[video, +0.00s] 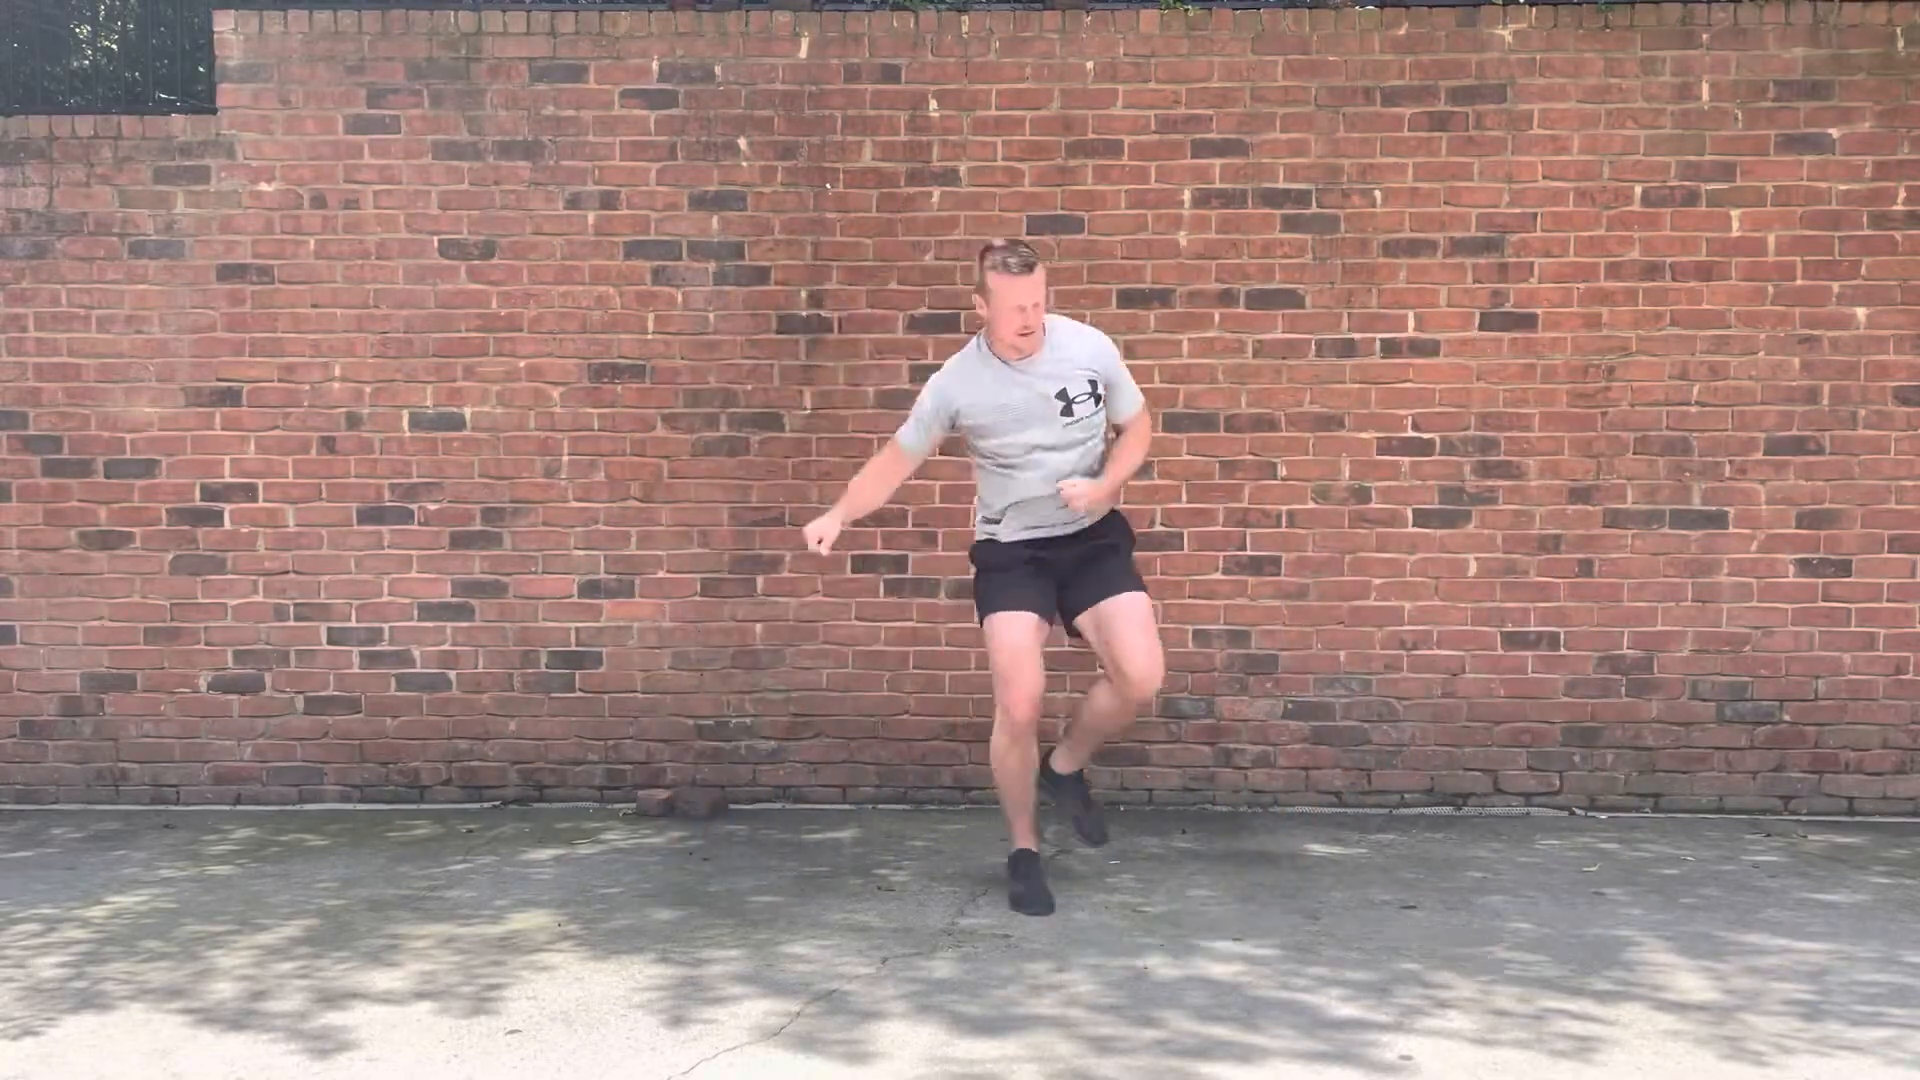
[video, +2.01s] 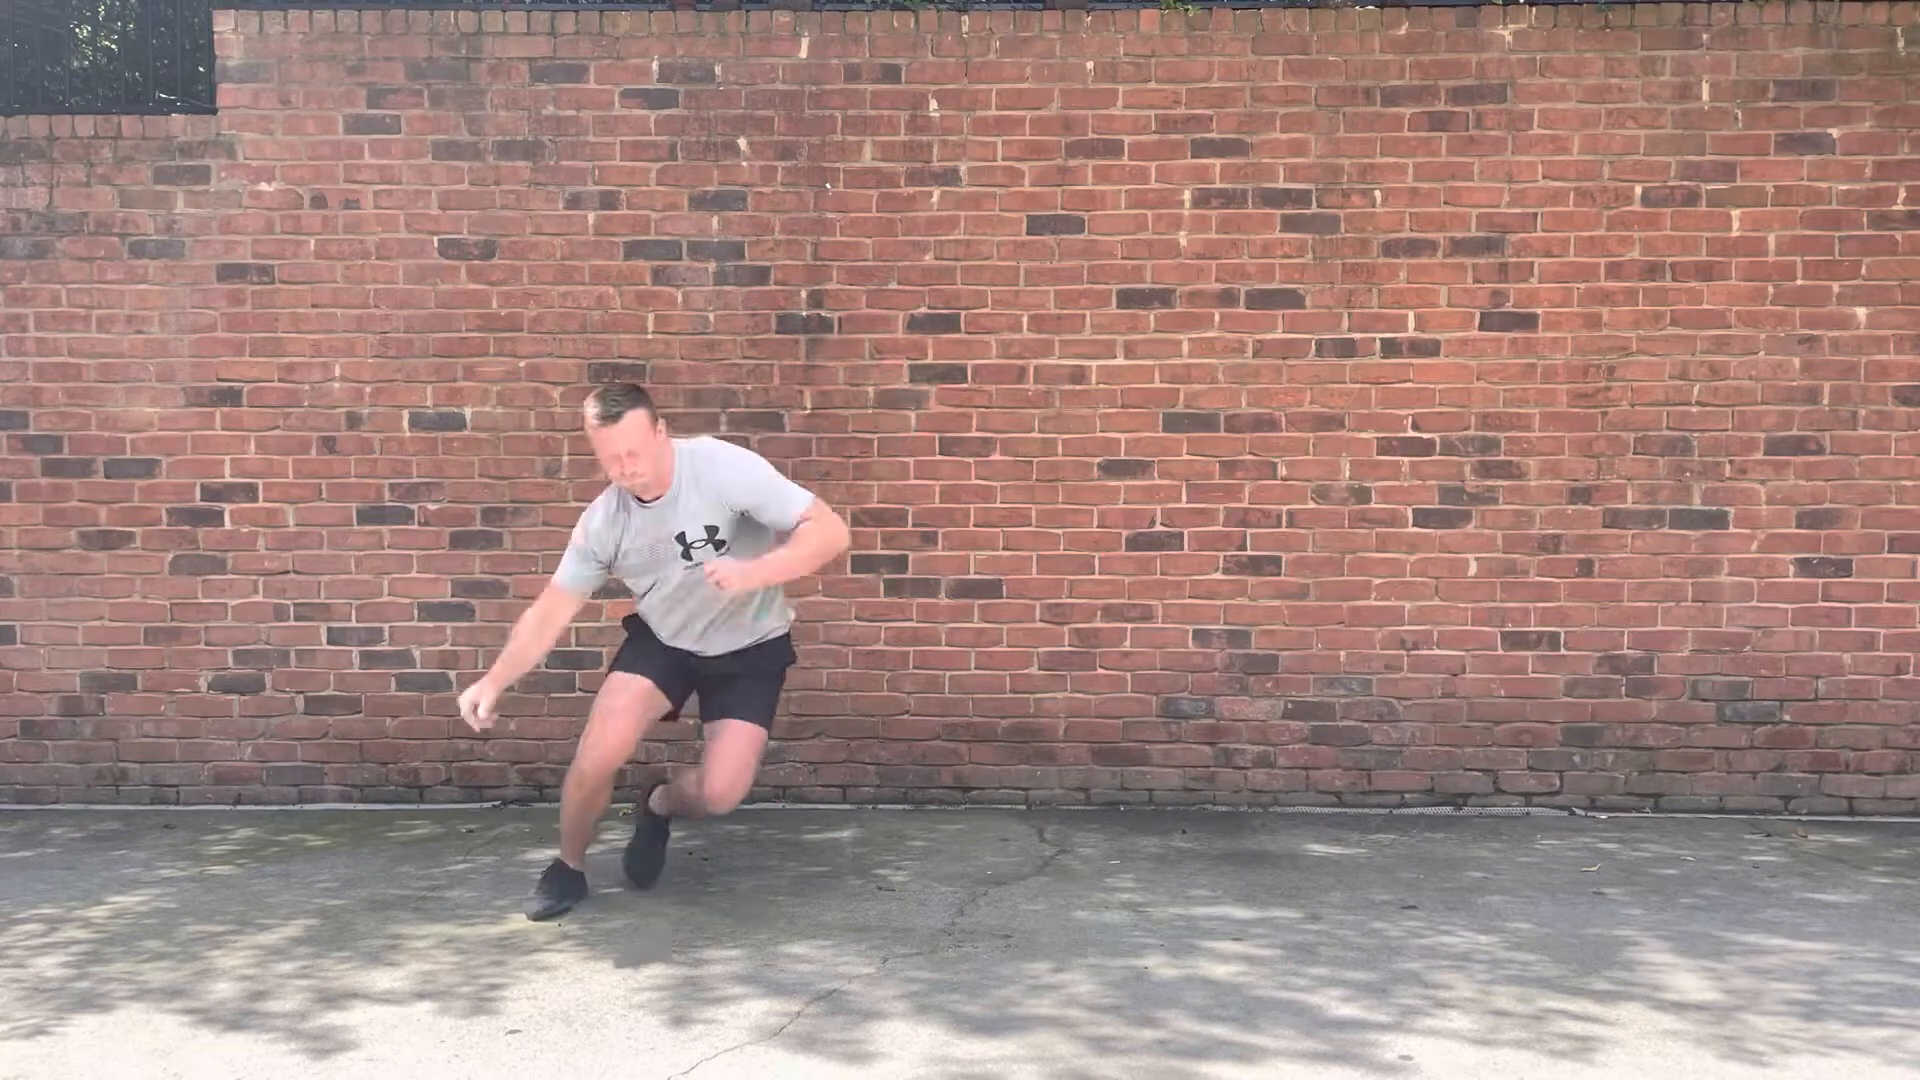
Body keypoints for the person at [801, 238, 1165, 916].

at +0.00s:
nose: (1029, 319)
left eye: (1037, 304)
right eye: (1013, 307)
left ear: (1048, 297)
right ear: (982, 306)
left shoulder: (1089, 348)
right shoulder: (954, 384)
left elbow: (1136, 423)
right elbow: (895, 459)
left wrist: (1106, 486)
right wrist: (839, 514)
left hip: (1095, 537)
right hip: (1011, 549)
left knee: (1141, 677)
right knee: (1020, 708)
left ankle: (1065, 767)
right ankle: (1024, 850)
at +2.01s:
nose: (626, 471)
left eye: (634, 453)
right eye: (612, 460)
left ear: (661, 432)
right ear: (598, 456)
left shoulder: (726, 470)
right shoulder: (603, 523)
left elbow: (831, 532)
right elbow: (549, 612)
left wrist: (754, 571)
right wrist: (494, 681)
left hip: (750, 642)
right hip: (662, 637)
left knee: (722, 792)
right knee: (596, 756)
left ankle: (657, 804)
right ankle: (569, 867)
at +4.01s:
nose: (1020, 283)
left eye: (1036, 271)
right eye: (1011, 268)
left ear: (1066, 268)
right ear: (997, 259)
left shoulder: (1097, 347)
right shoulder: (957, 304)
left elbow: (1184, 429)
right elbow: (871, 305)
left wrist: (1141, 435)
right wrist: (840, 310)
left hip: (1048, 535)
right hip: (952, 511)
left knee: (1118, 692)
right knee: (840, 615)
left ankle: (1192, 858)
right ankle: (885, 714)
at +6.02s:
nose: (1452, 340)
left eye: (1468, 329)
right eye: (1443, 324)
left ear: (1490, 327)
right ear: (1423, 312)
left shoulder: (1521, 385)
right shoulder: (1372, 361)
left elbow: (1633, 420)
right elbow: (1275, 339)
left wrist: (1609, 370)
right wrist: (1272, 334)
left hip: (1464, 571)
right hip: (1362, 561)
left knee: (1539, 707)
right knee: (1285, 685)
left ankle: (1614, 852)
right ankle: (1357, 712)